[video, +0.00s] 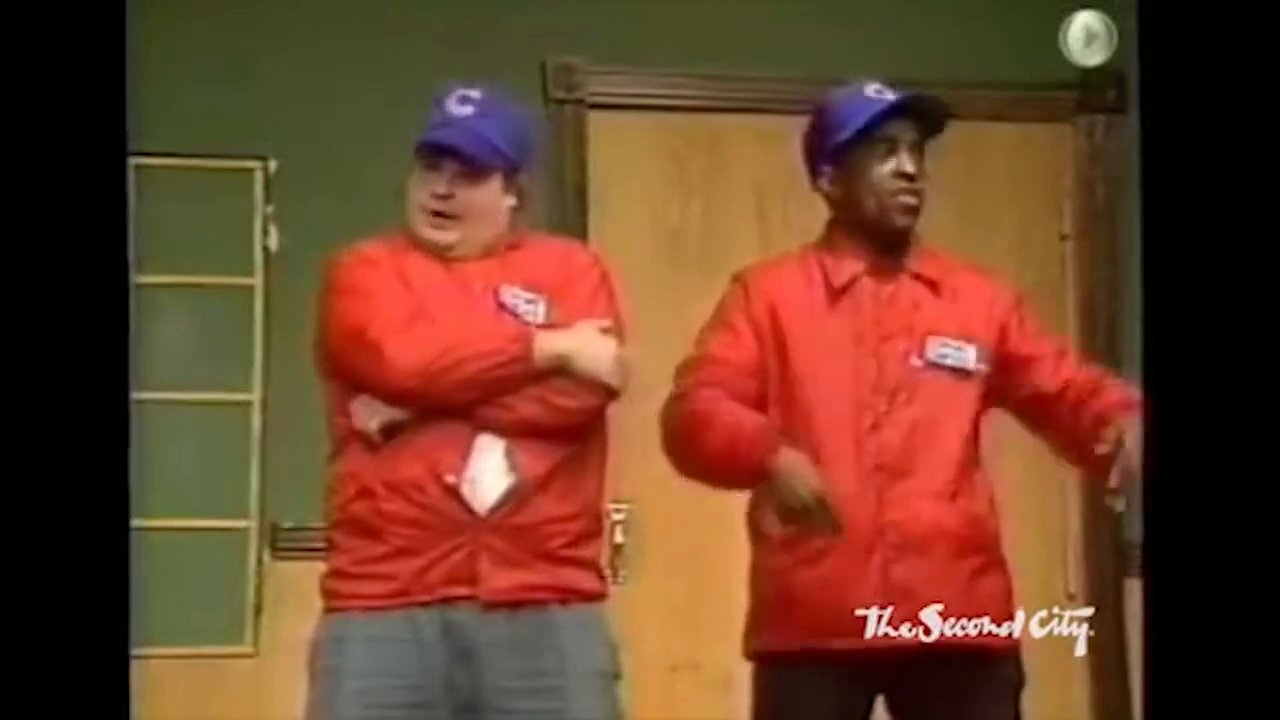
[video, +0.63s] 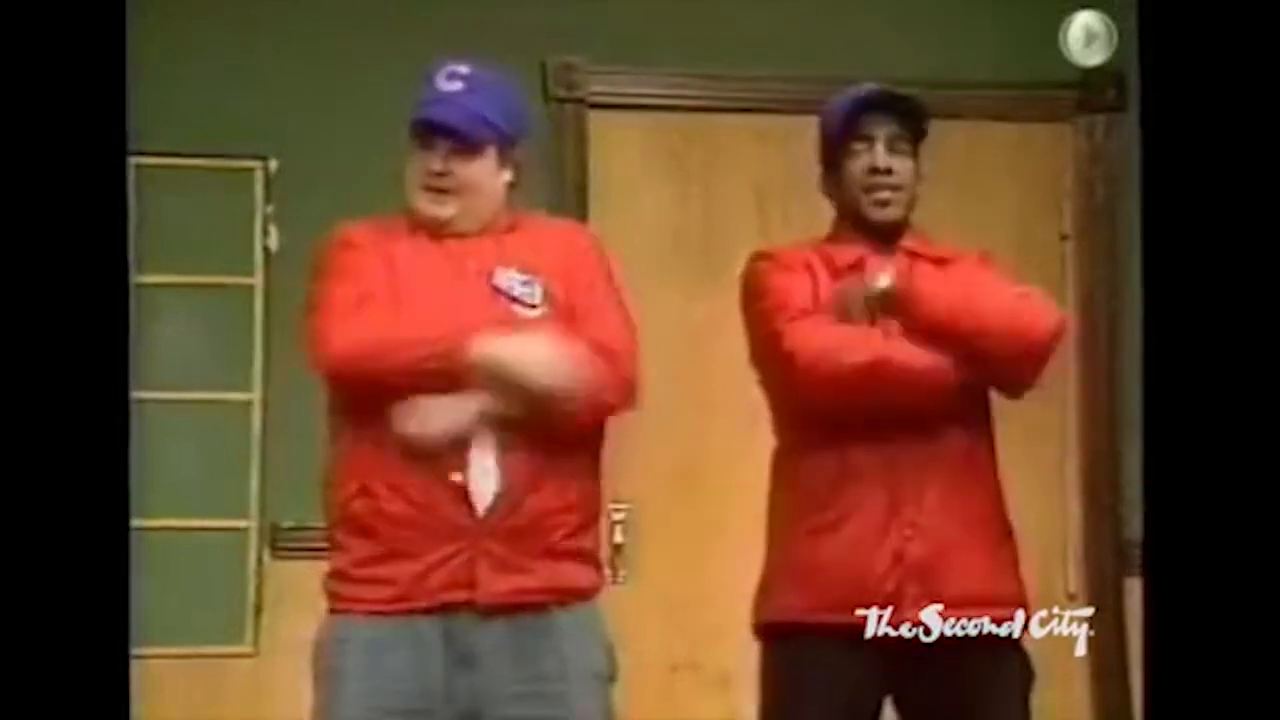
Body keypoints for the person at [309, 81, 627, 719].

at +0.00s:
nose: (441, 190)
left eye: (468, 175)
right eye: (430, 167)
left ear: (513, 194)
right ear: (410, 175)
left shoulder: (571, 268)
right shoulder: (364, 268)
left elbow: (577, 396)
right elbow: (395, 367)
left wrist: (425, 392)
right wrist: (551, 349)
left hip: (545, 609)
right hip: (383, 609)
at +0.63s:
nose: (437, 164)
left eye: (463, 149)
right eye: (425, 144)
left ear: (508, 166)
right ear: (407, 152)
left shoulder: (568, 249)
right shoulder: (362, 247)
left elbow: (611, 377)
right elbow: (341, 352)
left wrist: (480, 401)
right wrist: (485, 348)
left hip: (543, 612)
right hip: (384, 616)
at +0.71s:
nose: (437, 168)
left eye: (463, 153)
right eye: (426, 147)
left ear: (510, 165)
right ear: (410, 152)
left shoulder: (571, 257)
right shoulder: (357, 254)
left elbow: (634, 393)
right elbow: (286, 382)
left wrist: (572, 462)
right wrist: (359, 439)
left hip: (541, 617)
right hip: (383, 619)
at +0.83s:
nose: (443, 171)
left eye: (467, 155)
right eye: (428, 150)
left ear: (509, 165)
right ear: (407, 157)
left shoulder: (565, 262)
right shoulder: (357, 262)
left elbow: (625, 386)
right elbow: (266, 376)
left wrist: (643, 482)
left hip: (542, 608)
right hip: (385, 611)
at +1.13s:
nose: (408, 165)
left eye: (429, 146)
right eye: (391, 145)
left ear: (471, 155)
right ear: (369, 156)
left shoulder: (545, 265)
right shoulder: (316, 275)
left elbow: (627, 391)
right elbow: (240, 402)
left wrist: (615, 483)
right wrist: (252, 473)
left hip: (529, 624)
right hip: (365, 630)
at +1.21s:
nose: (393, 161)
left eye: (414, 140)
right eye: (375, 142)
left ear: (453, 150)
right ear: (354, 155)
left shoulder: (539, 264)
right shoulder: (302, 280)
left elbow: (598, 395)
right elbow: (252, 414)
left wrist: (558, 491)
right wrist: (316, 492)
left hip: (519, 621)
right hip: (356, 627)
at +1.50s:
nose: (364, 155)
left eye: (384, 135)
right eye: (342, 138)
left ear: (416, 148)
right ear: (313, 154)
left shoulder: (493, 252)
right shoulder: (268, 274)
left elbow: (546, 400)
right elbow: (234, 429)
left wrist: (464, 525)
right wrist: (332, 550)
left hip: (493, 612)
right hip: (325, 618)